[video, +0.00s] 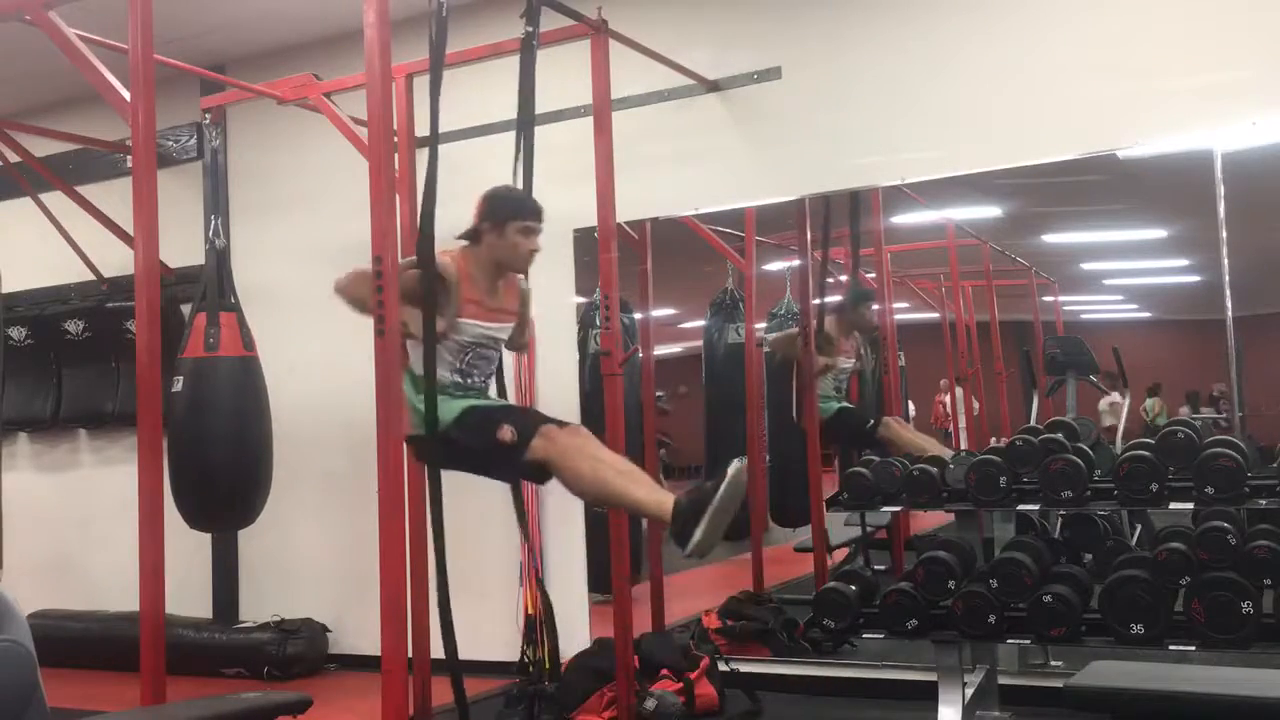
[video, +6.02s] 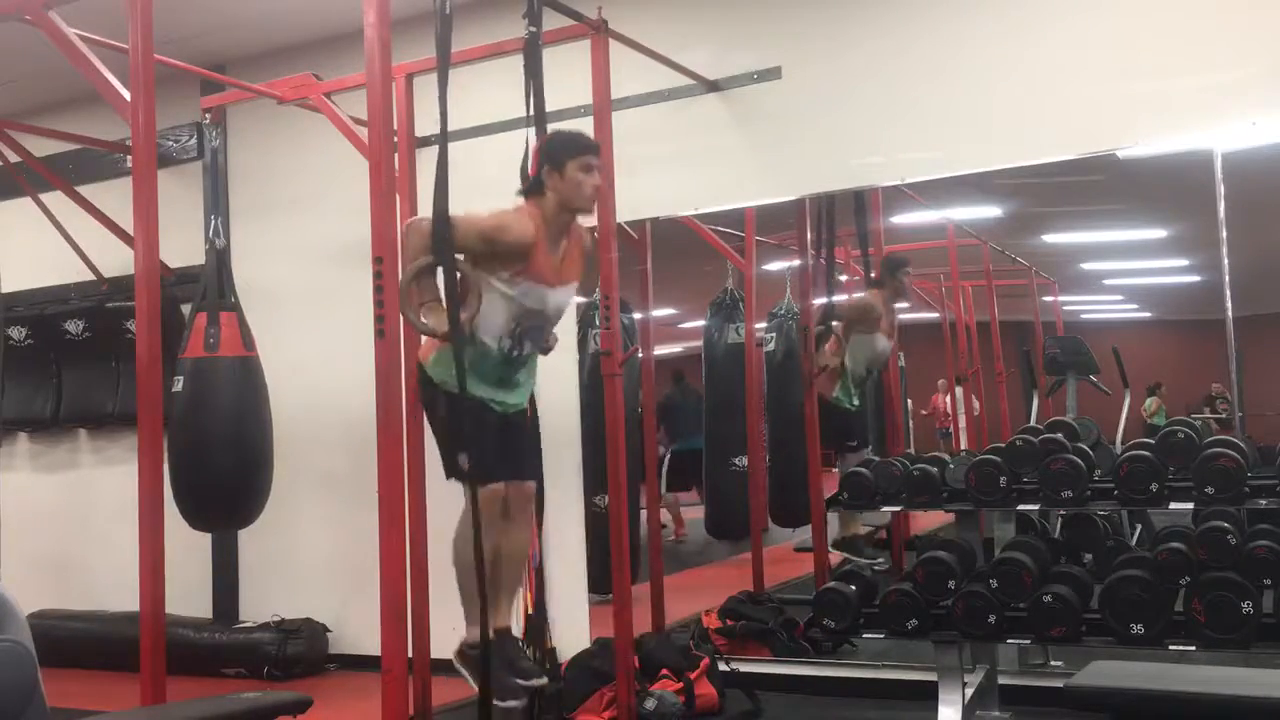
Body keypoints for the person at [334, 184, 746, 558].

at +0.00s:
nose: (535, 246)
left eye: (537, 235)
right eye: (526, 234)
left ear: (520, 237)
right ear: (488, 232)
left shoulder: (515, 291)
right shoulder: (443, 272)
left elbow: (518, 337)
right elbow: (349, 285)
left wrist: (522, 336)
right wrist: (402, 317)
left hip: (481, 411)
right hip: (432, 412)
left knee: (577, 434)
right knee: (555, 442)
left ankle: (681, 511)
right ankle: (675, 515)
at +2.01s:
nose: (595, 99)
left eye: (598, 90)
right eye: (585, 88)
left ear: (589, 99)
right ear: (548, 90)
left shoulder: (577, 167)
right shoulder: (515, 150)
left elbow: (546, 249)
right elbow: (458, 222)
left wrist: (554, 319)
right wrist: (460, 301)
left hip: (522, 321)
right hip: (476, 315)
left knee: (496, 444)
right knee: (469, 439)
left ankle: (474, 568)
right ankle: (454, 571)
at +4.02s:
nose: (501, 430)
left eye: (502, 419)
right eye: (489, 419)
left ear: (505, 423)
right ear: (461, 428)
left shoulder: (517, 462)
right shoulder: (455, 470)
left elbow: (573, 408)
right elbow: (496, 405)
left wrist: (555, 342)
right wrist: (489, 333)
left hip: (542, 623)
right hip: (493, 642)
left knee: (635, 659)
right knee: (609, 674)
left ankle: (753, 710)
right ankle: (743, 717)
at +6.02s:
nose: (596, 182)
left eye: (597, 171)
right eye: (584, 171)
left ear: (586, 181)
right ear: (550, 178)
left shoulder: (577, 239)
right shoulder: (513, 229)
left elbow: (536, 290)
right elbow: (416, 232)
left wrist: (543, 328)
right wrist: (425, 305)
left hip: (513, 384)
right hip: (459, 377)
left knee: (518, 499)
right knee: (491, 499)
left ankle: (496, 636)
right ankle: (479, 639)